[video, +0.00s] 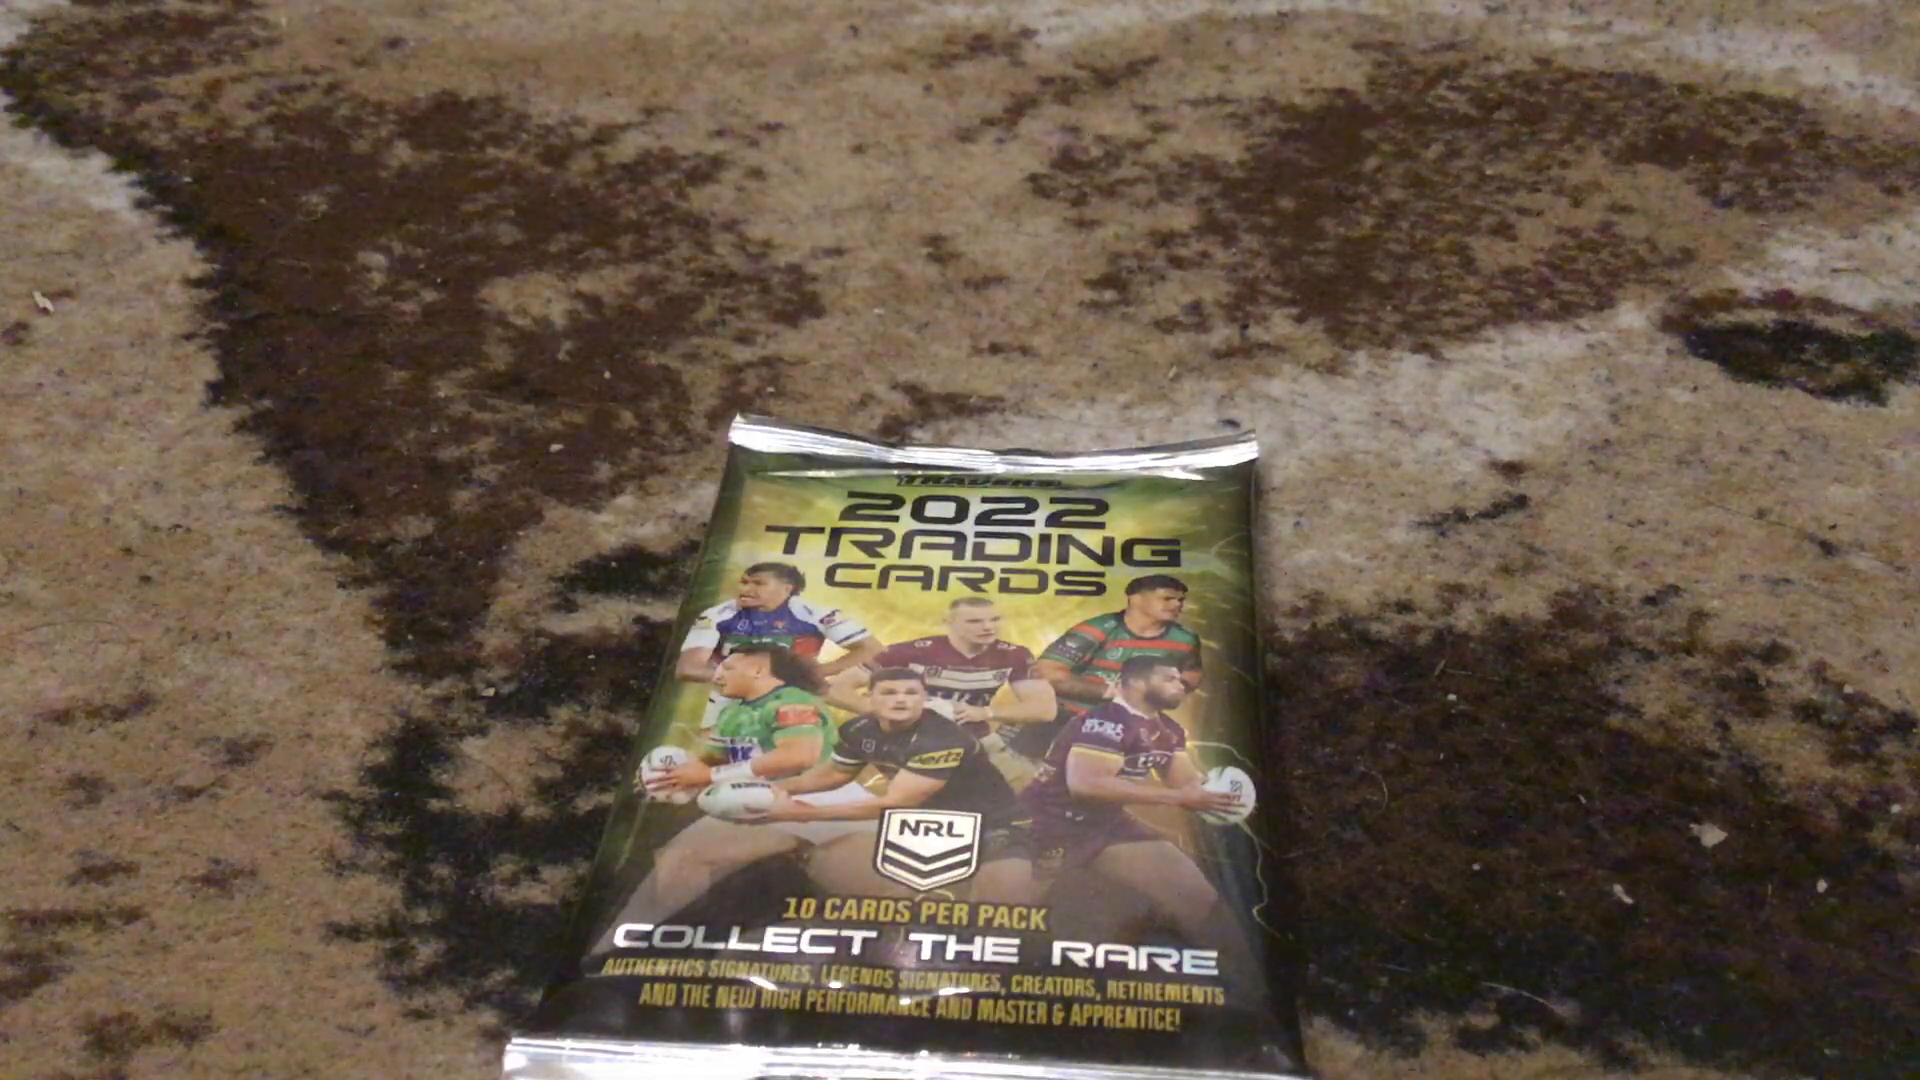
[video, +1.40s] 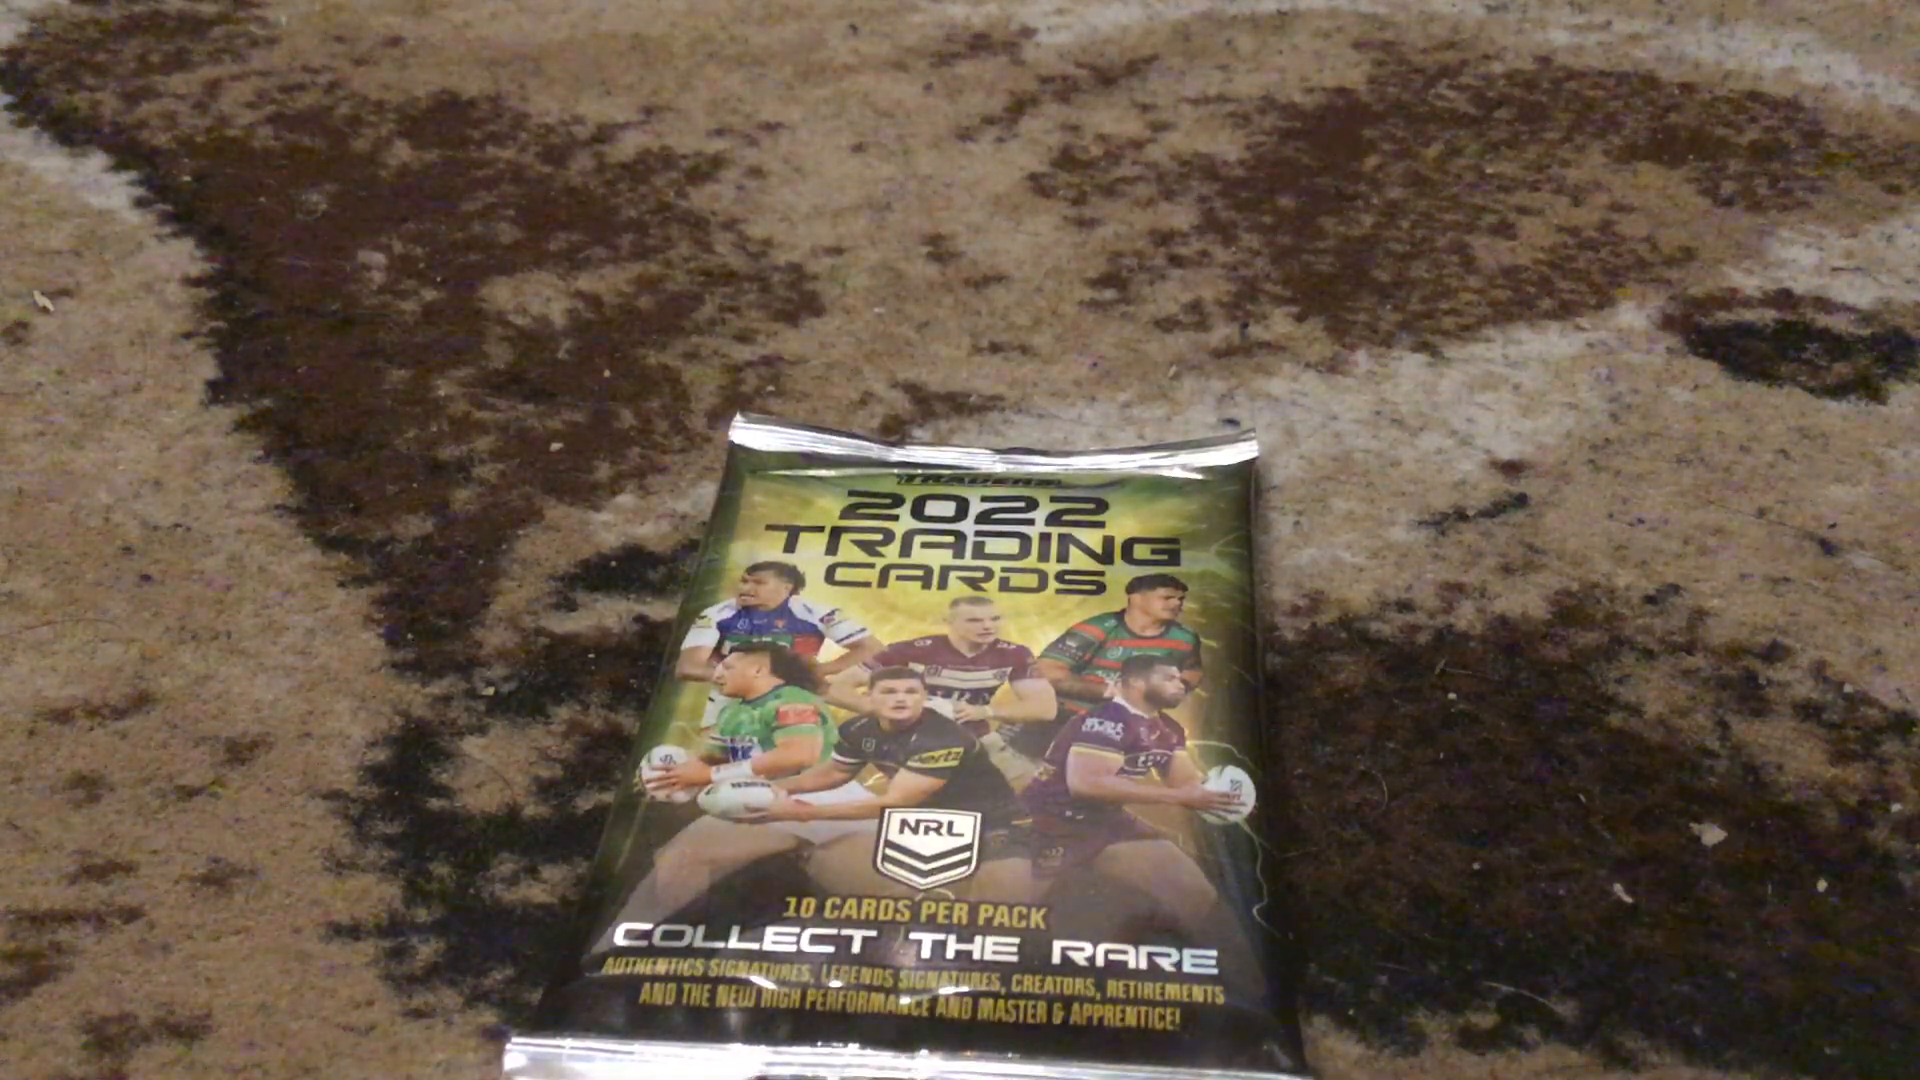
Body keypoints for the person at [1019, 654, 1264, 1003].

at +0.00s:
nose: (1180, 683)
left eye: (1178, 678)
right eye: (1169, 678)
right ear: (1134, 682)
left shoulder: (1169, 733)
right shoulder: (1106, 720)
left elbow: (1187, 785)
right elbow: (1084, 782)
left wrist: (1225, 798)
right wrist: (1179, 796)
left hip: (1103, 825)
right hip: (1041, 824)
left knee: (1197, 898)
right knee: (998, 924)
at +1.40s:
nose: (1180, 683)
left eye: (1178, 678)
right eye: (1169, 677)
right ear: (1134, 681)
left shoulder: (1168, 732)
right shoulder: (1106, 719)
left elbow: (1188, 784)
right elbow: (1085, 781)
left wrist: (1225, 798)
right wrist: (1180, 796)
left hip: (1106, 825)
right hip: (1047, 825)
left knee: (1196, 897)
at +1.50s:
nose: (1180, 683)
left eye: (1178, 677)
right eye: (1169, 677)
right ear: (1134, 681)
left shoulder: (1170, 731)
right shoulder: (1107, 719)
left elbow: (1188, 784)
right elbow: (1084, 780)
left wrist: (1220, 798)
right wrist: (1182, 796)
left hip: (1109, 822)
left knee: (1195, 896)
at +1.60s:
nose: (1181, 683)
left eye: (1178, 677)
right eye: (1169, 677)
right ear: (1134, 682)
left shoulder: (1169, 731)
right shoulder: (1107, 718)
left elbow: (1186, 783)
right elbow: (1084, 780)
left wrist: (1221, 797)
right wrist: (1182, 796)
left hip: (1106, 820)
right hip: (1058, 819)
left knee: (1194, 895)